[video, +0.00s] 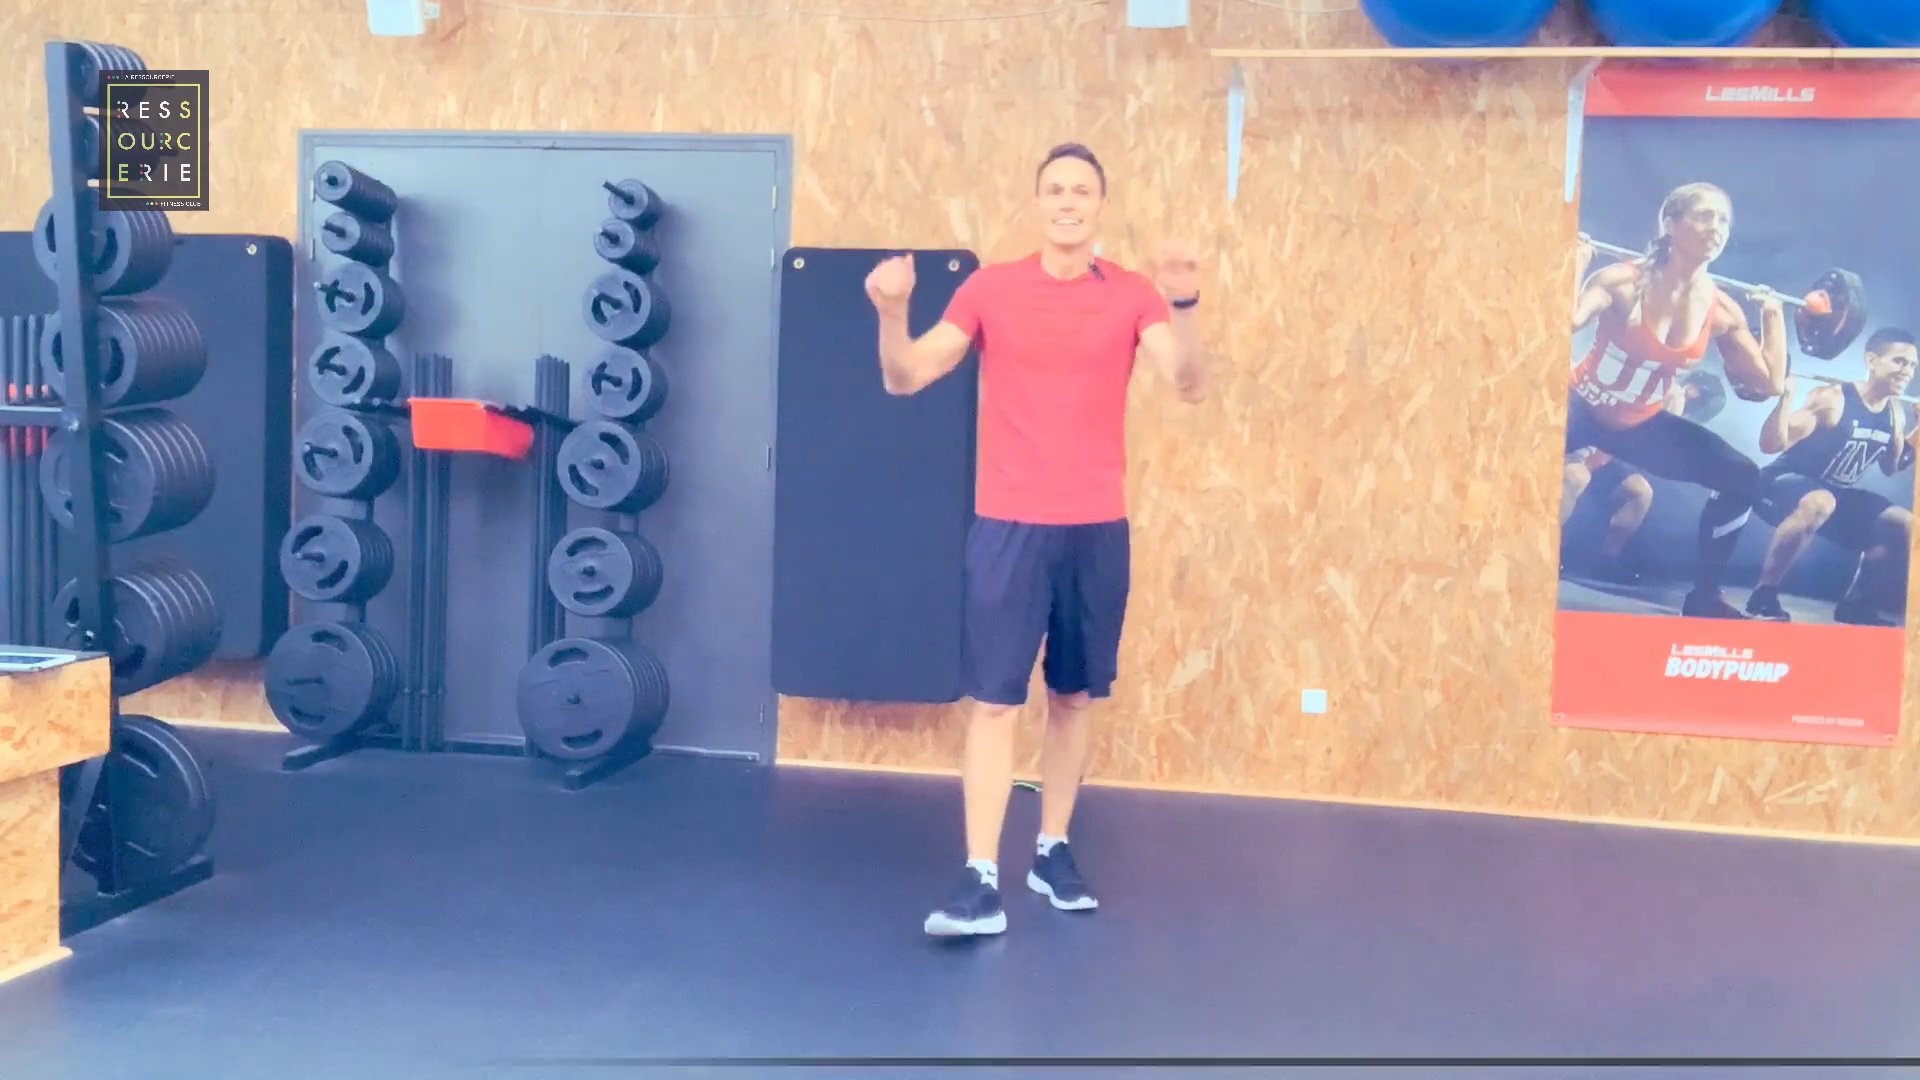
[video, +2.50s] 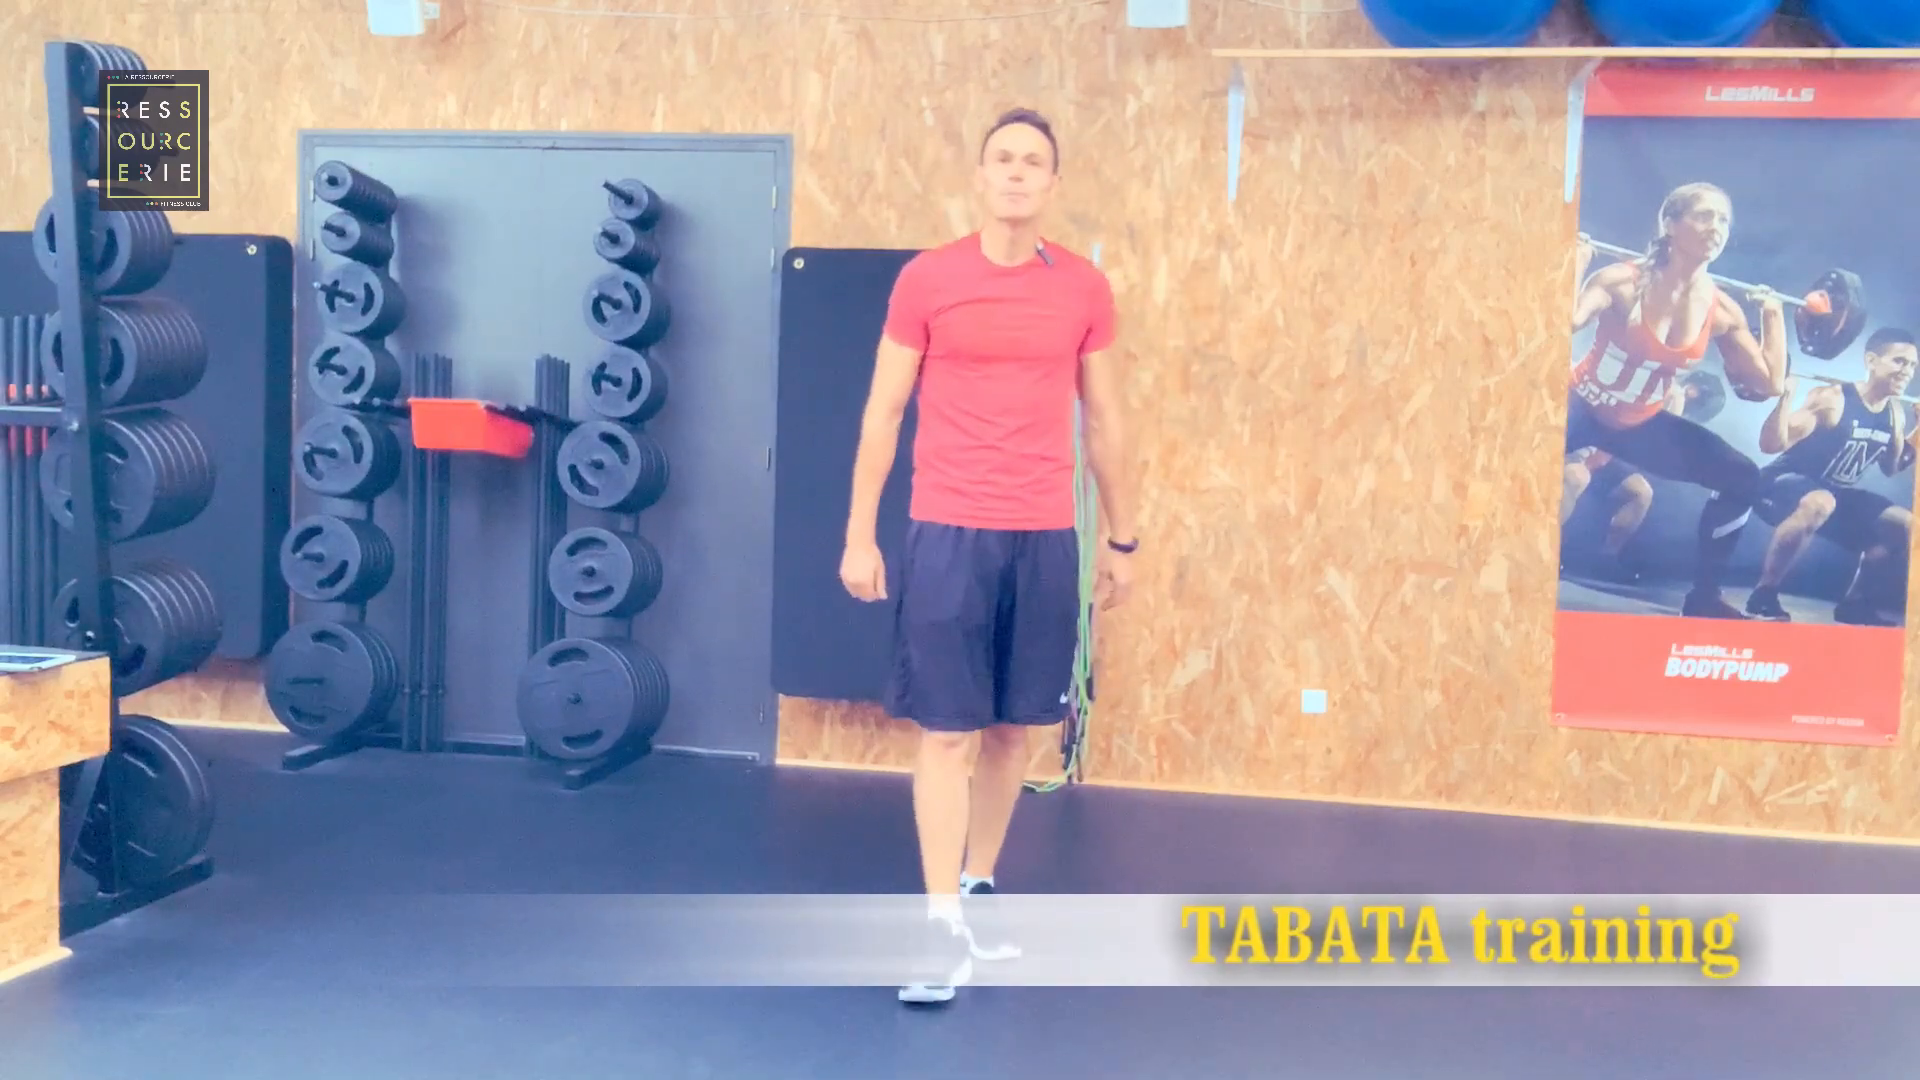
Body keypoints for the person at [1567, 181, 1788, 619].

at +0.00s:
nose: (1716, 228)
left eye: (1724, 221)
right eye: (1704, 216)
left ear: (1728, 234)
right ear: (1670, 223)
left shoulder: (1722, 310)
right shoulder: (1620, 279)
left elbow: (1768, 386)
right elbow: (1559, 324)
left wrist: (1773, 312)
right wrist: (1573, 269)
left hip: (1644, 425)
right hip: (1579, 409)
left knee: (1741, 477)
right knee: (1515, 447)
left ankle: (1705, 596)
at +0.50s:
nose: (1716, 228)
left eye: (1724, 221)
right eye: (1704, 216)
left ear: (1728, 234)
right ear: (1670, 223)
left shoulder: (1722, 310)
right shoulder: (1620, 279)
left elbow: (1768, 386)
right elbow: (1559, 325)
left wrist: (1773, 312)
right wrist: (1573, 269)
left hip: (1644, 425)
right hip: (1579, 409)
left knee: (1741, 477)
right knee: (1514, 448)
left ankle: (1705, 596)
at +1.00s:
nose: (1716, 228)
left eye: (1724, 220)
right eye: (1704, 216)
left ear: (1728, 234)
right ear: (1670, 224)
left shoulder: (1721, 310)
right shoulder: (1620, 279)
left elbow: (1769, 385)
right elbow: (1558, 325)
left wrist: (1773, 312)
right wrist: (1573, 268)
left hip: (1645, 425)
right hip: (1579, 409)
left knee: (1742, 477)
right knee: (1513, 451)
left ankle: (1705, 597)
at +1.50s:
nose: (1716, 228)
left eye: (1724, 221)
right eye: (1704, 216)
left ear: (1728, 234)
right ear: (1671, 224)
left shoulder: (1722, 310)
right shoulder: (1620, 279)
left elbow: (1768, 386)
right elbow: (1559, 324)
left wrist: (1773, 312)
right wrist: (1573, 269)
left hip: (1644, 425)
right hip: (1579, 409)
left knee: (1741, 477)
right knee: (1515, 447)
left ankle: (1705, 597)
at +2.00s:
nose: (1716, 228)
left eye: (1724, 221)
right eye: (1704, 216)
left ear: (1728, 234)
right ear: (1670, 224)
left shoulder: (1722, 310)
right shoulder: (1620, 279)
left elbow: (1768, 386)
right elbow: (1559, 324)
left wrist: (1773, 312)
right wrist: (1573, 269)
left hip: (1644, 425)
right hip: (1579, 408)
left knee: (1741, 477)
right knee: (1515, 447)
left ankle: (1705, 597)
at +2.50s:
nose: (1716, 228)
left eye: (1724, 220)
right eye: (1704, 216)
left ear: (1728, 234)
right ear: (1670, 224)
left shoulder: (1721, 310)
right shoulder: (1620, 280)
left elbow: (1769, 385)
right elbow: (1558, 325)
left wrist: (1773, 312)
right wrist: (1573, 268)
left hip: (1644, 425)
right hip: (1579, 408)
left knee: (1742, 478)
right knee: (1513, 451)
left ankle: (1705, 597)